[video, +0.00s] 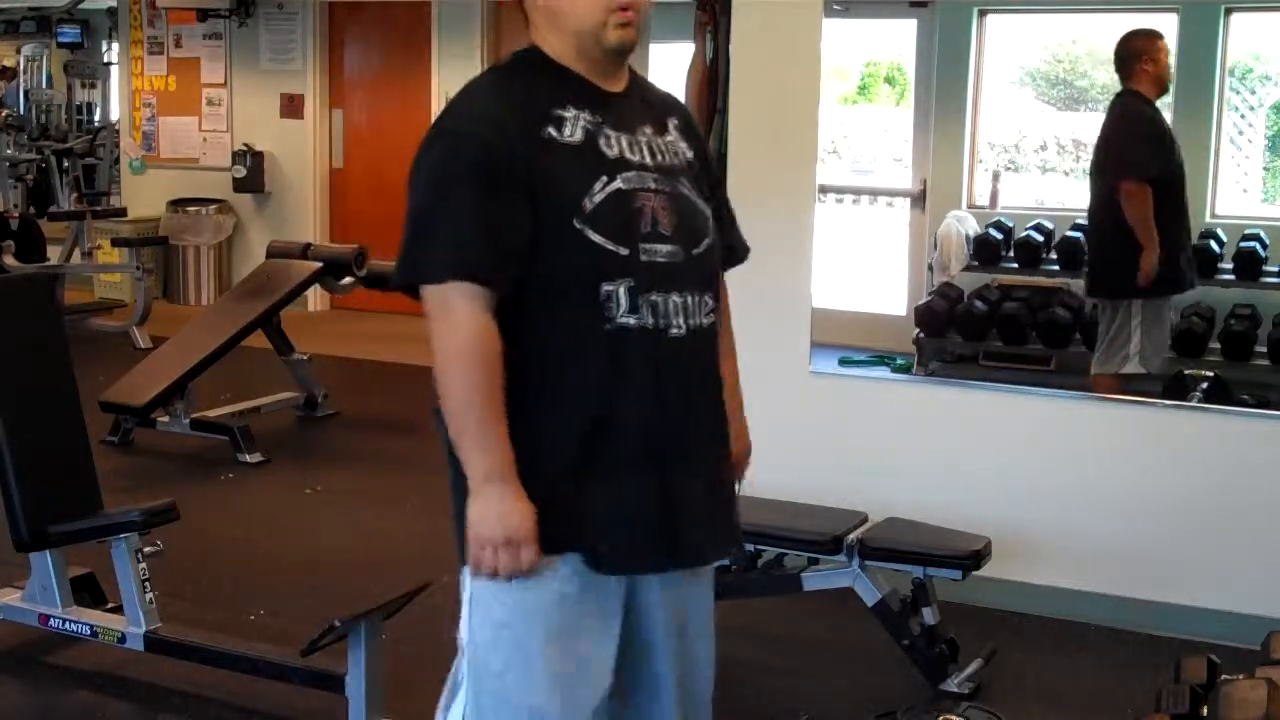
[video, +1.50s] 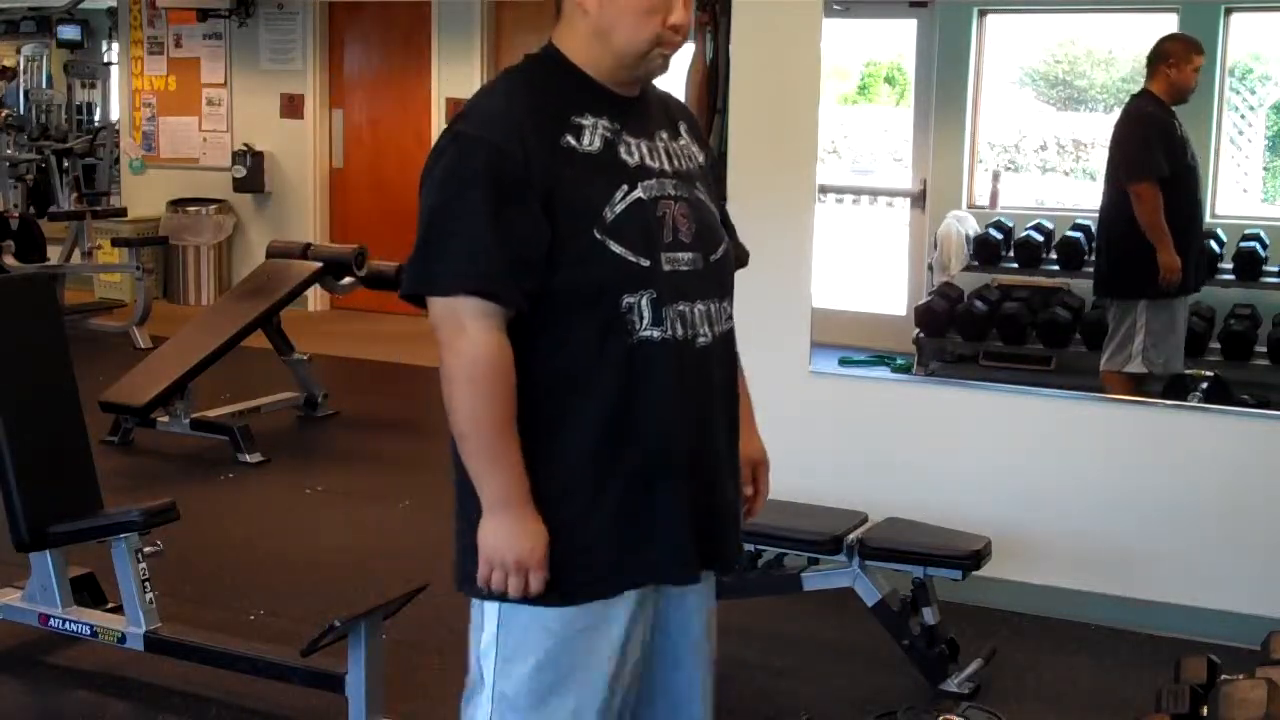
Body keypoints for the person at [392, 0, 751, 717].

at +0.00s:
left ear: (647, 1)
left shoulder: (675, 122)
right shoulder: (486, 121)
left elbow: (707, 286)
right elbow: (457, 306)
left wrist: (730, 411)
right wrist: (491, 484)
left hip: (677, 495)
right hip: (545, 511)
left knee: (670, 710)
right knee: (523, 711)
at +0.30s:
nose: (638, 3)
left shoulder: (655, 124)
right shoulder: (478, 126)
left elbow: (672, 300)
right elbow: (447, 319)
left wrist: (716, 417)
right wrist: (469, 508)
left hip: (669, 518)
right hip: (540, 530)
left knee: (664, 710)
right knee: (520, 711)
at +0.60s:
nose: (633, 19)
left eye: (638, 3)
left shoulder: (610, 124)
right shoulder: (446, 125)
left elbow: (629, 313)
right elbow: (425, 331)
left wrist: (665, 449)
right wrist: (489, 524)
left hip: (636, 544)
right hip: (506, 568)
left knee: (652, 707)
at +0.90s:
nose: (623, 8)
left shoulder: (619, 117)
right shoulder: (454, 128)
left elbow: (630, 317)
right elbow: (433, 332)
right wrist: (470, 527)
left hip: (626, 541)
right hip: (515, 559)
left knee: (618, 706)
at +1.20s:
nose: (670, 10)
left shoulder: (668, 126)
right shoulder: (490, 133)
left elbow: (688, 304)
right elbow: (461, 328)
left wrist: (718, 425)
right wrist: (493, 513)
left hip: (673, 521)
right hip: (554, 539)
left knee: (654, 708)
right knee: (550, 711)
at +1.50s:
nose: (683, 21)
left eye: (688, 3)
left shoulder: (680, 128)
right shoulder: (498, 130)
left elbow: (704, 302)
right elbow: (466, 324)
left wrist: (741, 419)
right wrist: (504, 504)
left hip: (681, 521)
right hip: (559, 538)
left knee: (674, 712)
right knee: (534, 712)